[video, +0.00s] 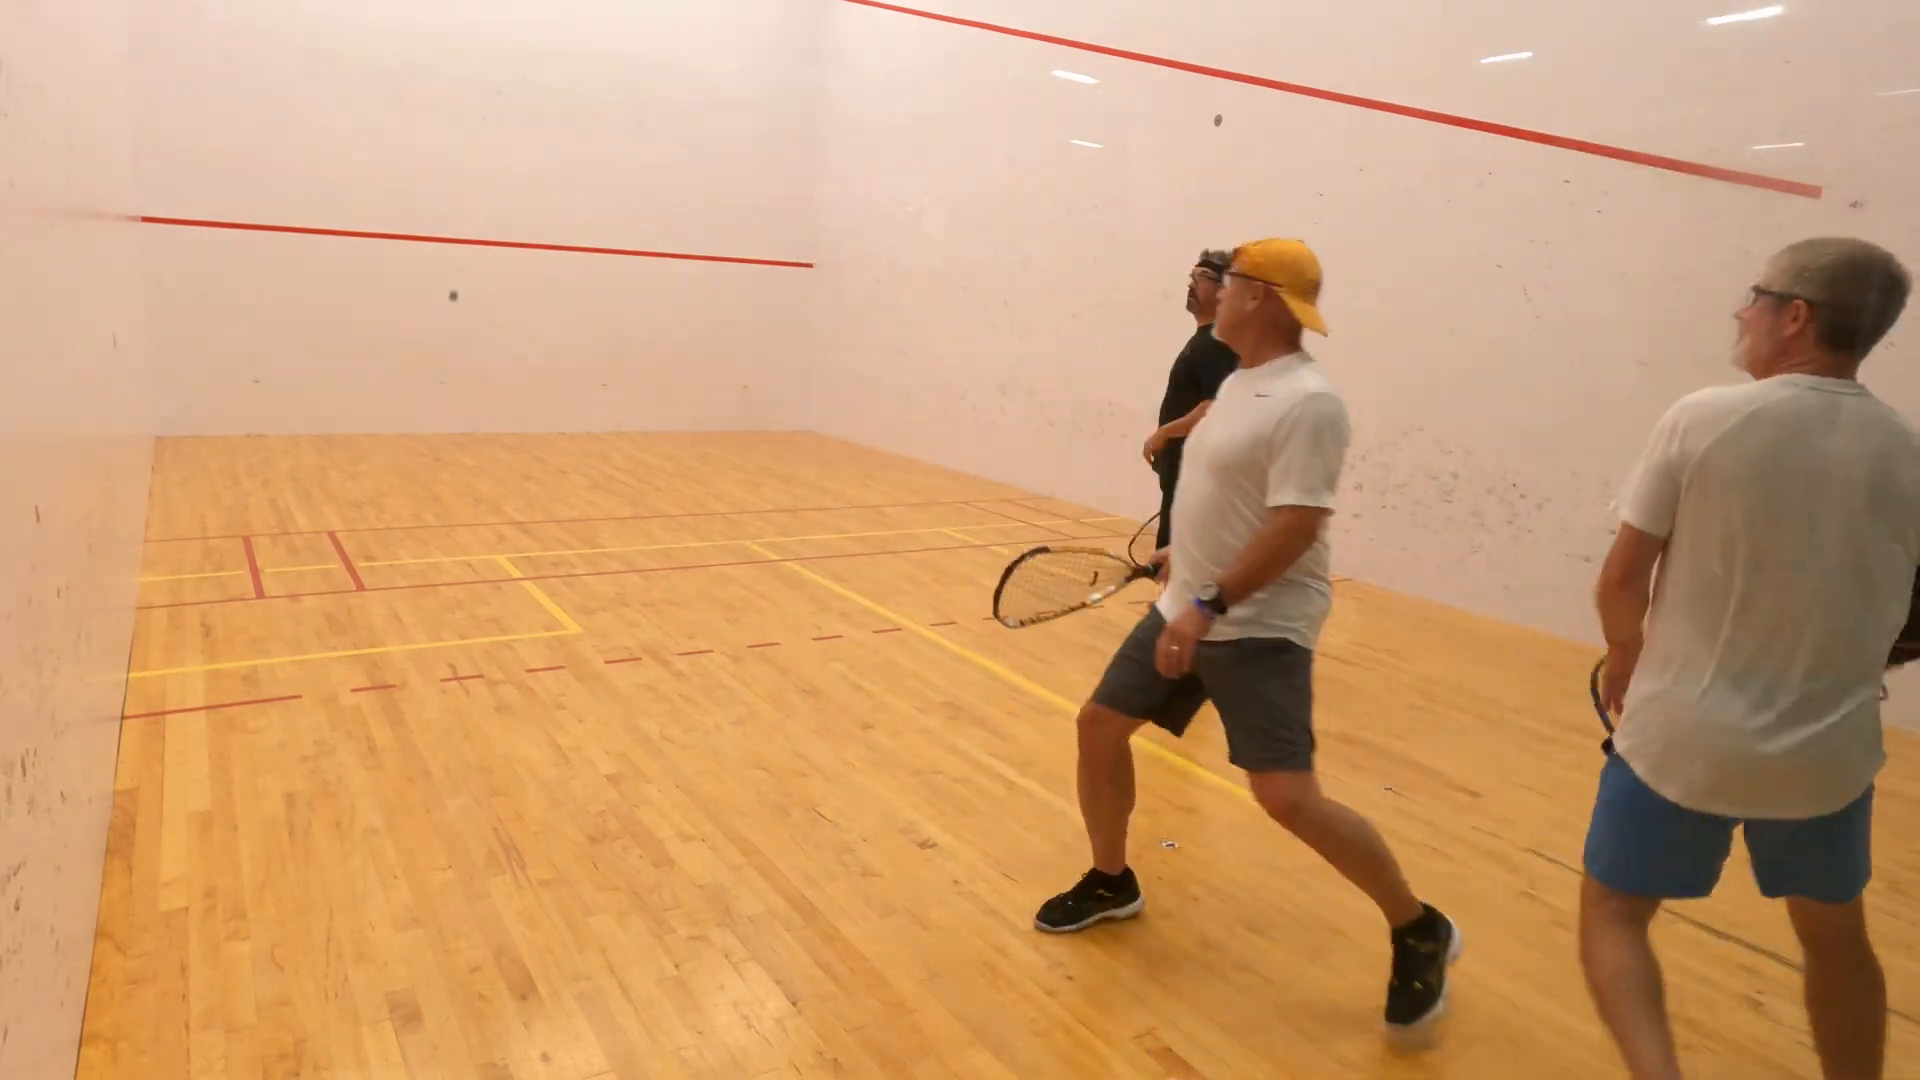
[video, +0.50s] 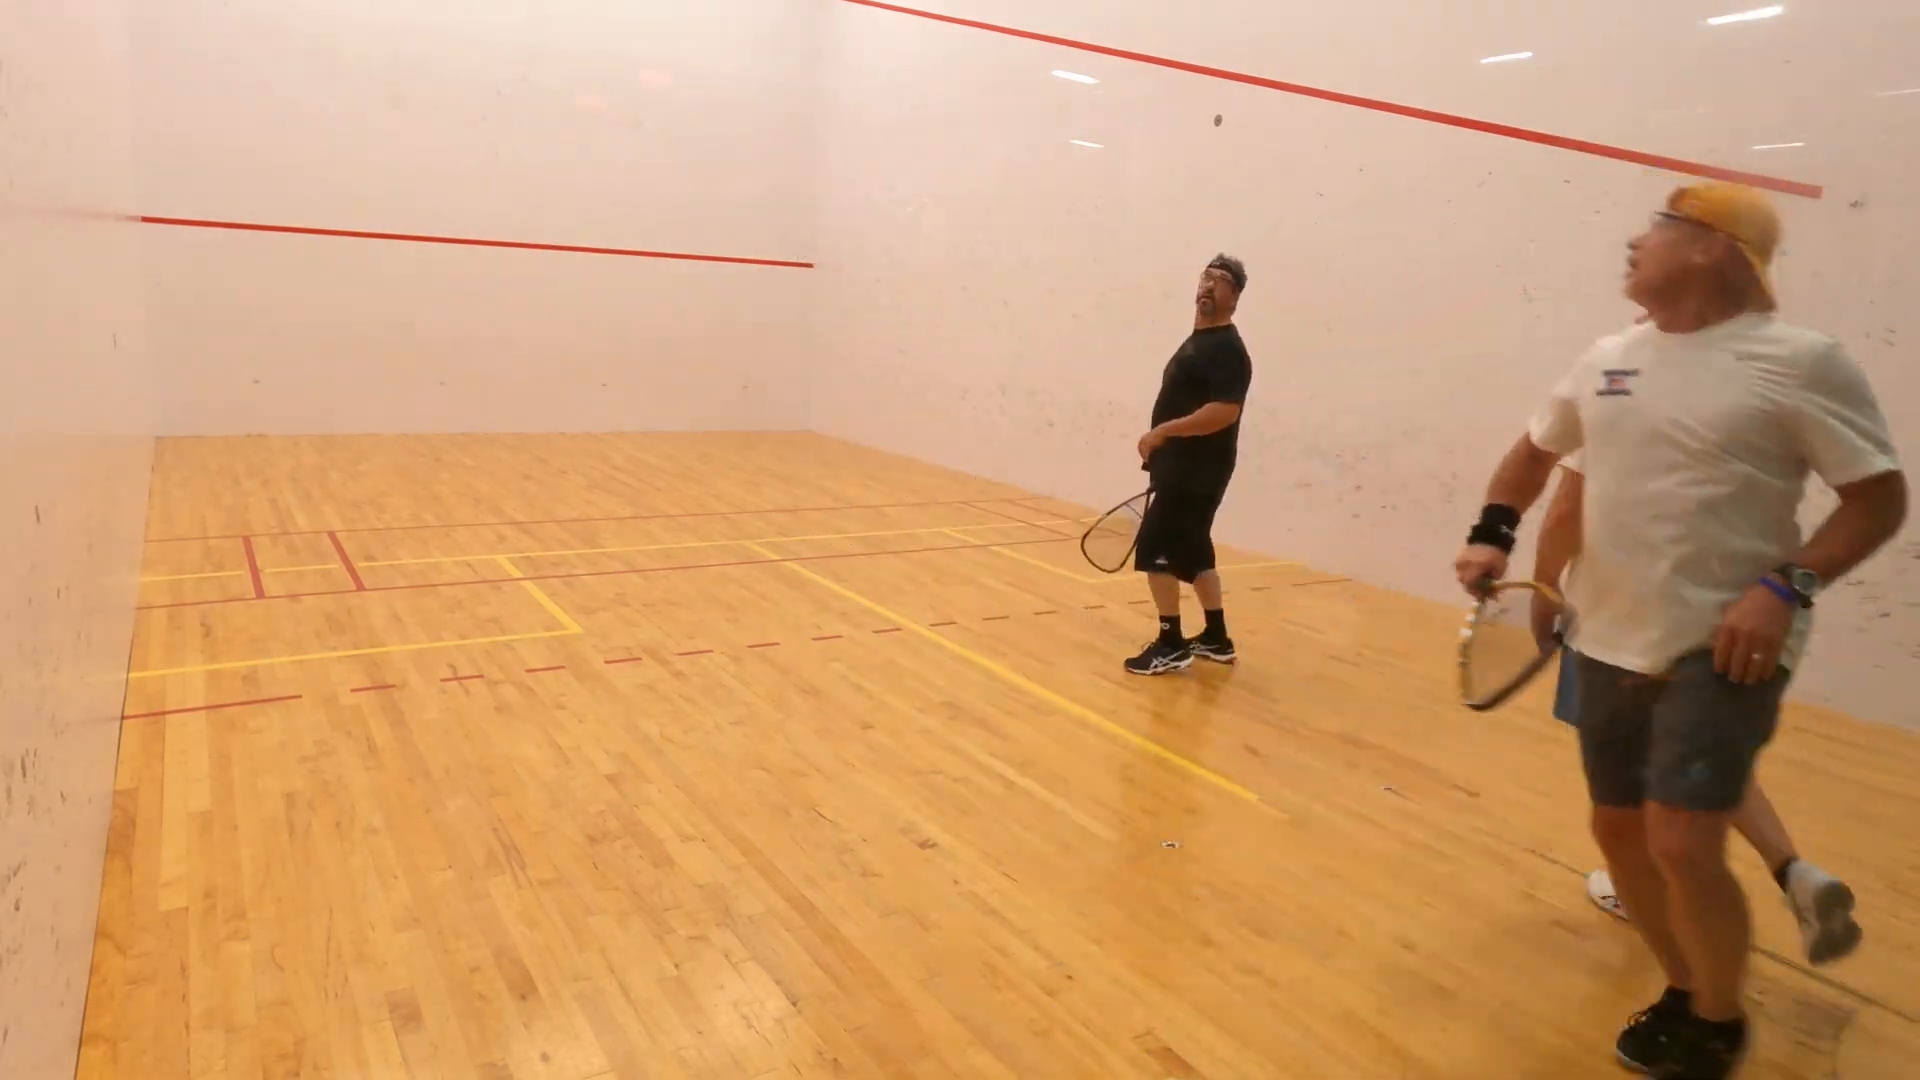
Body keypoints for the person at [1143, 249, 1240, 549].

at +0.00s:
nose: (1191, 284)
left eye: (1201, 278)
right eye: (1192, 276)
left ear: (1222, 290)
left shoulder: (1217, 345)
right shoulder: (1202, 338)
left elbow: (1214, 406)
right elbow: (1205, 403)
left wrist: (1165, 433)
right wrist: (1164, 438)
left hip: (1189, 467)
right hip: (1177, 464)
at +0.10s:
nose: (1195, 283)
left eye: (1205, 278)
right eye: (1197, 276)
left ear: (1230, 291)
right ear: (1208, 287)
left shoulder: (1226, 342)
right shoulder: (1211, 335)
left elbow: (1223, 407)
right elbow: (1205, 405)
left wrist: (1165, 432)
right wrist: (1165, 441)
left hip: (1200, 469)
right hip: (1197, 465)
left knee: (1178, 555)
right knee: (1206, 551)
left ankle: (1177, 644)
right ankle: (1217, 636)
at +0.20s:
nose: (1199, 281)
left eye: (1210, 277)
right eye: (1201, 274)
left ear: (1233, 291)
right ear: (1208, 285)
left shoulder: (1227, 342)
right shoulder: (1212, 335)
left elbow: (1225, 407)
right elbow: (1199, 402)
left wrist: (1165, 431)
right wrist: (1167, 445)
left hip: (1201, 466)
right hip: (1197, 462)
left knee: (1176, 552)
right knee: (1205, 547)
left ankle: (1177, 646)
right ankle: (1216, 634)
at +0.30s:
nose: (1201, 280)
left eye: (1213, 277)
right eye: (1203, 274)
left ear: (1235, 292)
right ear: (1206, 285)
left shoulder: (1229, 343)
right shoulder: (1210, 336)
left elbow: (1226, 407)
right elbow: (1196, 402)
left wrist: (1165, 430)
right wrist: (1167, 447)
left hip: (1201, 465)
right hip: (1194, 462)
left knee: (1175, 550)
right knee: (1203, 547)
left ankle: (1179, 647)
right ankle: (1217, 635)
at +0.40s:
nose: (1205, 282)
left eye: (1216, 279)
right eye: (1205, 276)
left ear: (1236, 295)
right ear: (1201, 283)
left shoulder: (1229, 344)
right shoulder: (1208, 337)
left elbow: (1227, 408)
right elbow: (1194, 403)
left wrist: (1165, 430)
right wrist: (1166, 451)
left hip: (1198, 467)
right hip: (1192, 463)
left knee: (1170, 552)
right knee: (1200, 548)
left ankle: (1176, 648)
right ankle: (1217, 637)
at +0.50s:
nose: (1207, 287)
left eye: (1219, 284)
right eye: (1205, 280)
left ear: (1235, 299)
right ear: (1198, 286)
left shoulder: (1228, 349)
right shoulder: (1200, 339)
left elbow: (1225, 411)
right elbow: (1186, 403)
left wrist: (1162, 432)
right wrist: (1159, 449)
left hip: (1197, 465)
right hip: (1185, 461)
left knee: (1155, 548)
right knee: (1193, 545)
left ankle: (1170, 642)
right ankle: (1216, 636)